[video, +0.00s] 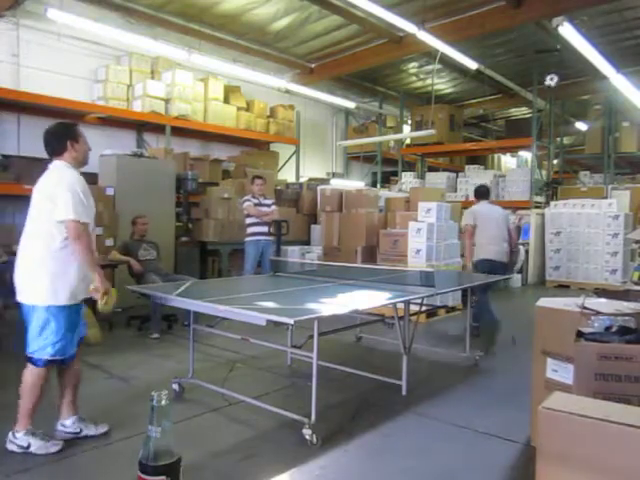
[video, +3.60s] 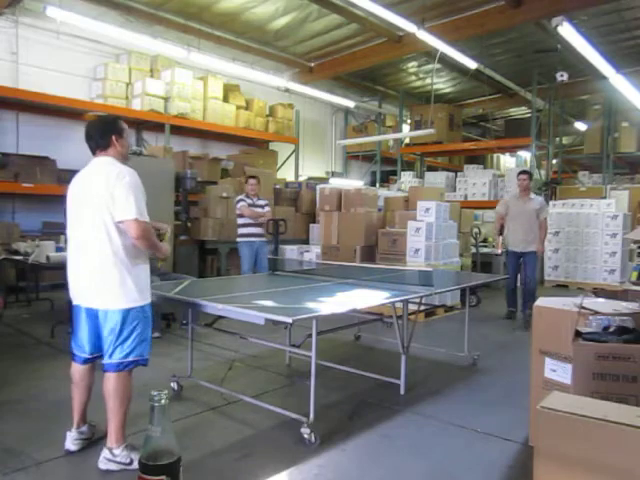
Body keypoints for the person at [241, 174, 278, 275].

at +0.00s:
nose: (259, 187)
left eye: (262, 185)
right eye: (257, 185)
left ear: (265, 186)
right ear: (252, 186)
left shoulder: (270, 201)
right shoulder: (247, 200)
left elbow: (276, 215)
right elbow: (253, 212)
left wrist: (261, 216)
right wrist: (269, 212)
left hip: (268, 238)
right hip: (253, 238)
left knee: (267, 269)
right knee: (249, 269)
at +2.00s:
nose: (247, 186)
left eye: (249, 183)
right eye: (244, 183)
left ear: (253, 185)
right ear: (239, 185)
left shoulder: (259, 199)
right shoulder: (235, 199)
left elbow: (267, 216)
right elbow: (243, 213)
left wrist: (252, 218)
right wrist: (259, 212)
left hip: (258, 239)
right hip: (242, 240)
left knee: (262, 270)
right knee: (245, 271)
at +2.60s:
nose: (260, 188)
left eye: (262, 185)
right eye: (257, 185)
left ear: (266, 186)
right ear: (254, 186)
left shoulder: (272, 201)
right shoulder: (249, 200)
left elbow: (277, 215)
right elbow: (255, 213)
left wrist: (264, 218)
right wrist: (271, 214)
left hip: (269, 239)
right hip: (253, 239)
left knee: (267, 269)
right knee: (250, 269)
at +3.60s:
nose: (252, 187)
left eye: (255, 185)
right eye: (250, 185)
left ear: (258, 186)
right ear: (246, 186)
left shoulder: (264, 202)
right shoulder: (240, 199)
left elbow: (269, 216)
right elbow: (246, 212)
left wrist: (254, 217)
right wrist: (262, 214)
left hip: (261, 239)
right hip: (245, 239)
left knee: (263, 269)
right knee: (247, 270)